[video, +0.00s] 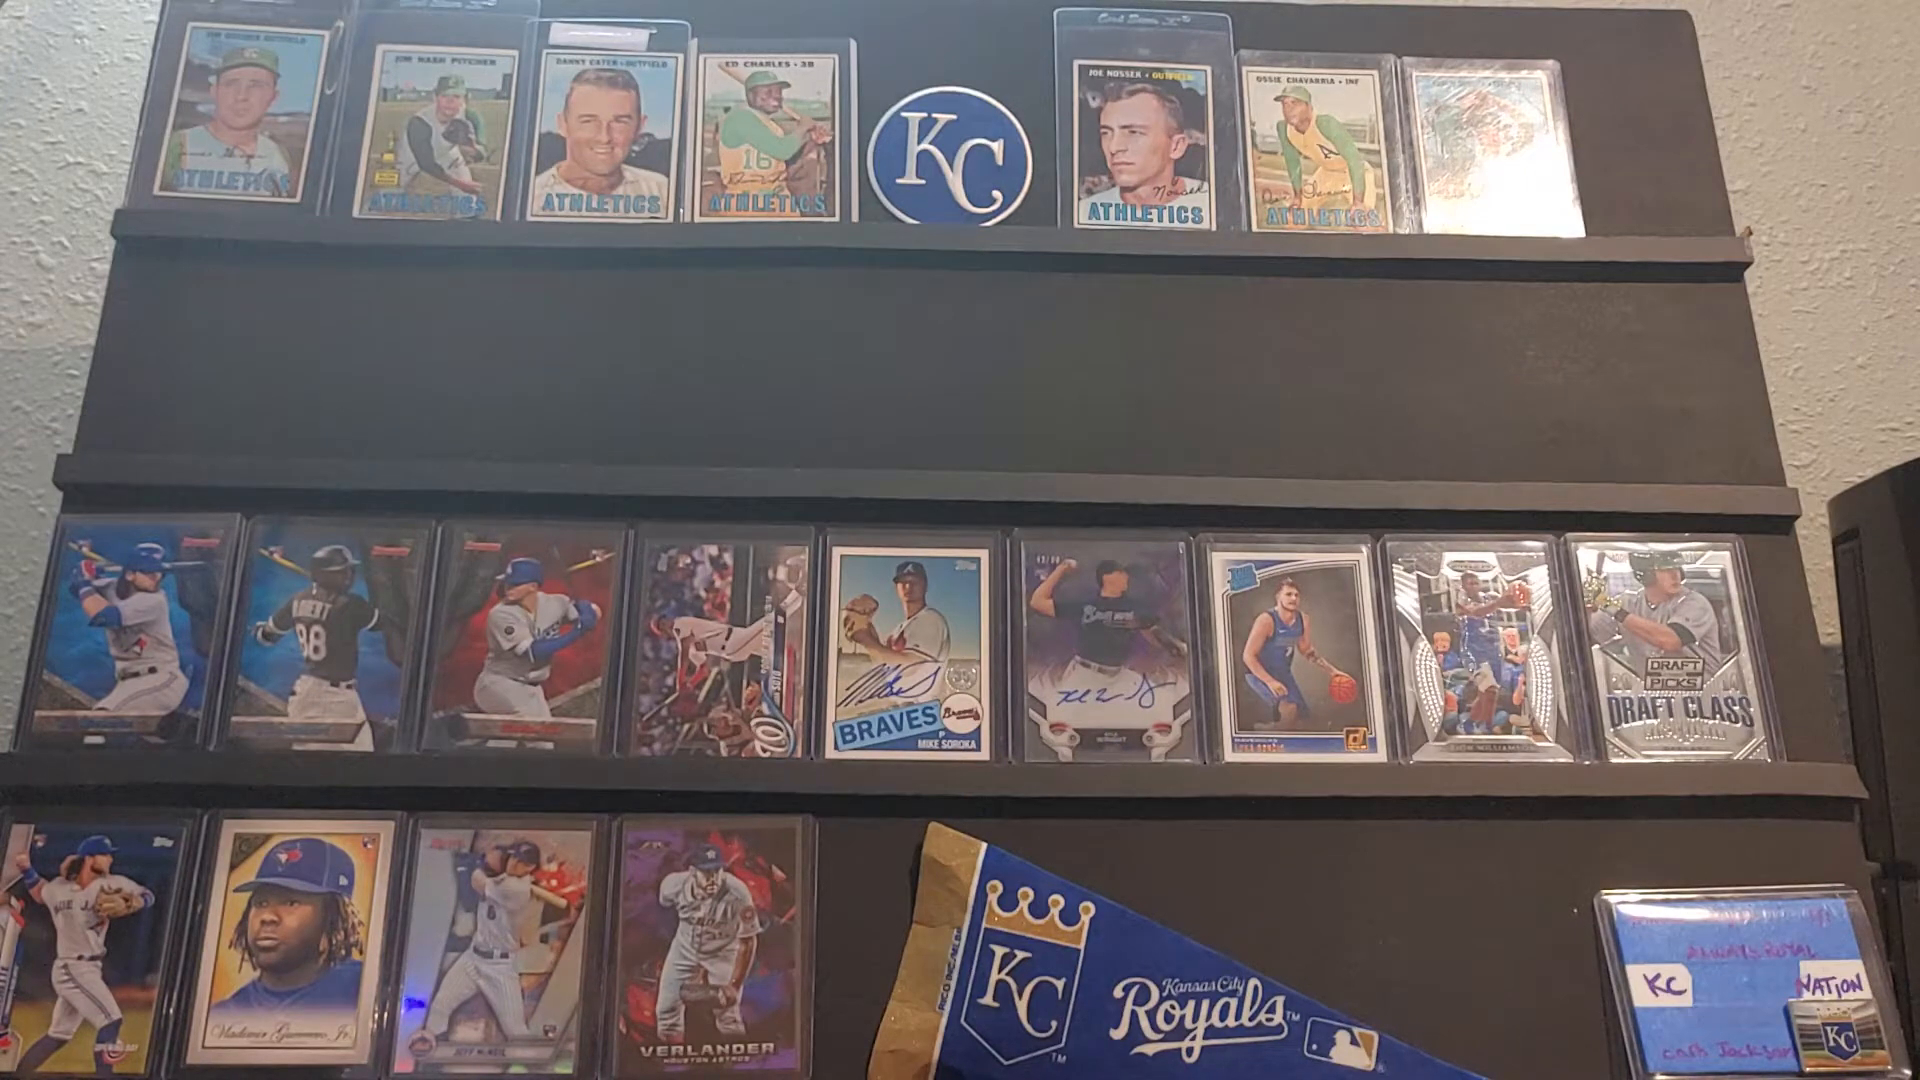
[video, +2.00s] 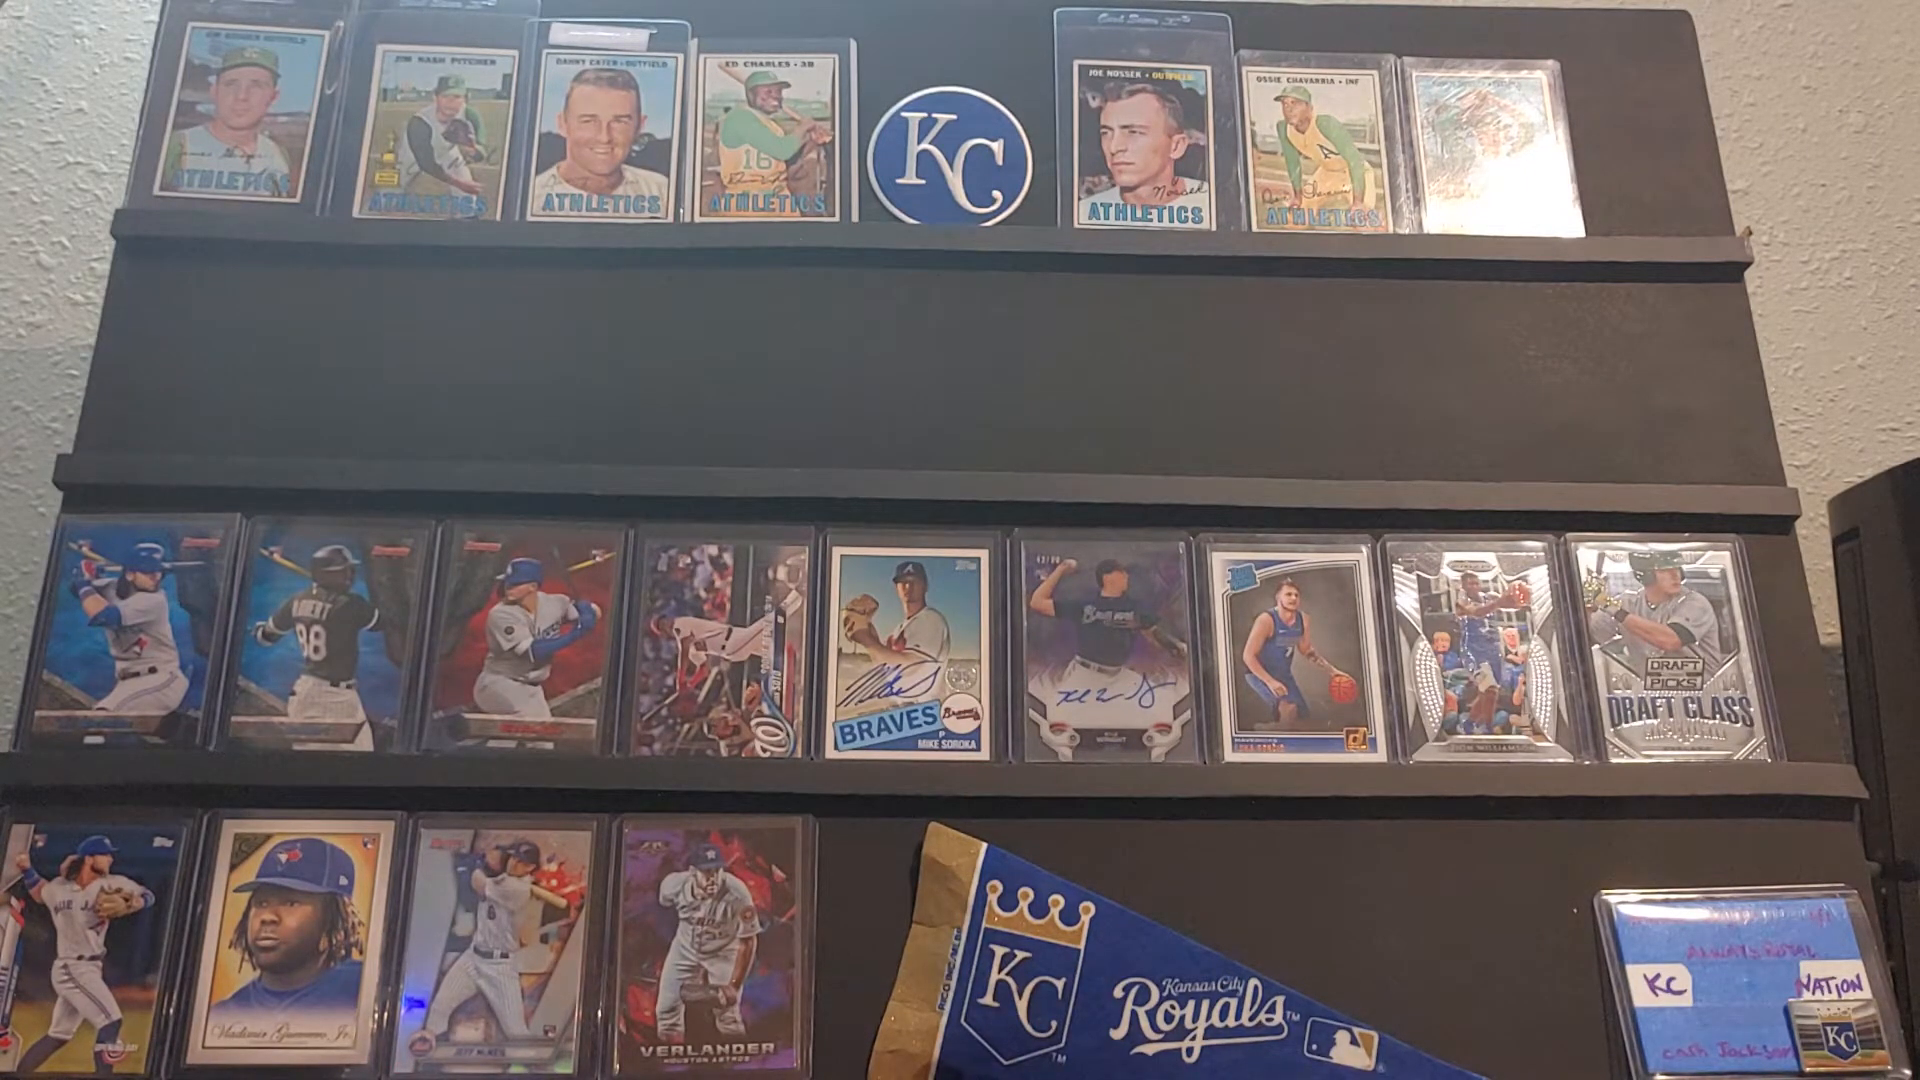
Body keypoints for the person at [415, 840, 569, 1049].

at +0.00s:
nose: (514, 865)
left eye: (521, 863)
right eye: (513, 859)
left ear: (531, 868)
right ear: (509, 858)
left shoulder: (517, 890)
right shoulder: (502, 879)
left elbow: (477, 881)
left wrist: (485, 866)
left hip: (501, 965)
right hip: (473, 957)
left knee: (515, 1030)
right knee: (441, 1004)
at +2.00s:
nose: (514, 863)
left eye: (521, 861)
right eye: (514, 858)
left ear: (530, 868)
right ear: (510, 859)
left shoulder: (518, 889)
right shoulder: (502, 879)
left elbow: (478, 883)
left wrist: (480, 867)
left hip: (500, 965)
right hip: (473, 958)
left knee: (516, 1030)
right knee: (439, 1007)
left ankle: (536, 1069)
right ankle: (424, 1065)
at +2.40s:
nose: (515, 864)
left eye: (522, 862)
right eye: (515, 859)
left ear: (531, 868)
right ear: (510, 859)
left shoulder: (518, 889)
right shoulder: (502, 880)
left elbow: (478, 883)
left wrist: (480, 866)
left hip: (500, 964)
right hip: (473, 958)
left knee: (516, 1030)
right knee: (440, 1006)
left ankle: (534, 1070)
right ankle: (423, 1064)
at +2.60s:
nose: (514, 863)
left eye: (521, 861)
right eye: (514, 858)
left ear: (530, 868)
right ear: (510, 859)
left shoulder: (518, 889)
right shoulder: (502, 880)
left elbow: (478, 882)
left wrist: (481, 866)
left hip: (500, 965)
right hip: (473, 958)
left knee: (516, 1030)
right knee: (439, 1007)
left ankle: (534, 1071)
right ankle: (423, 1065)